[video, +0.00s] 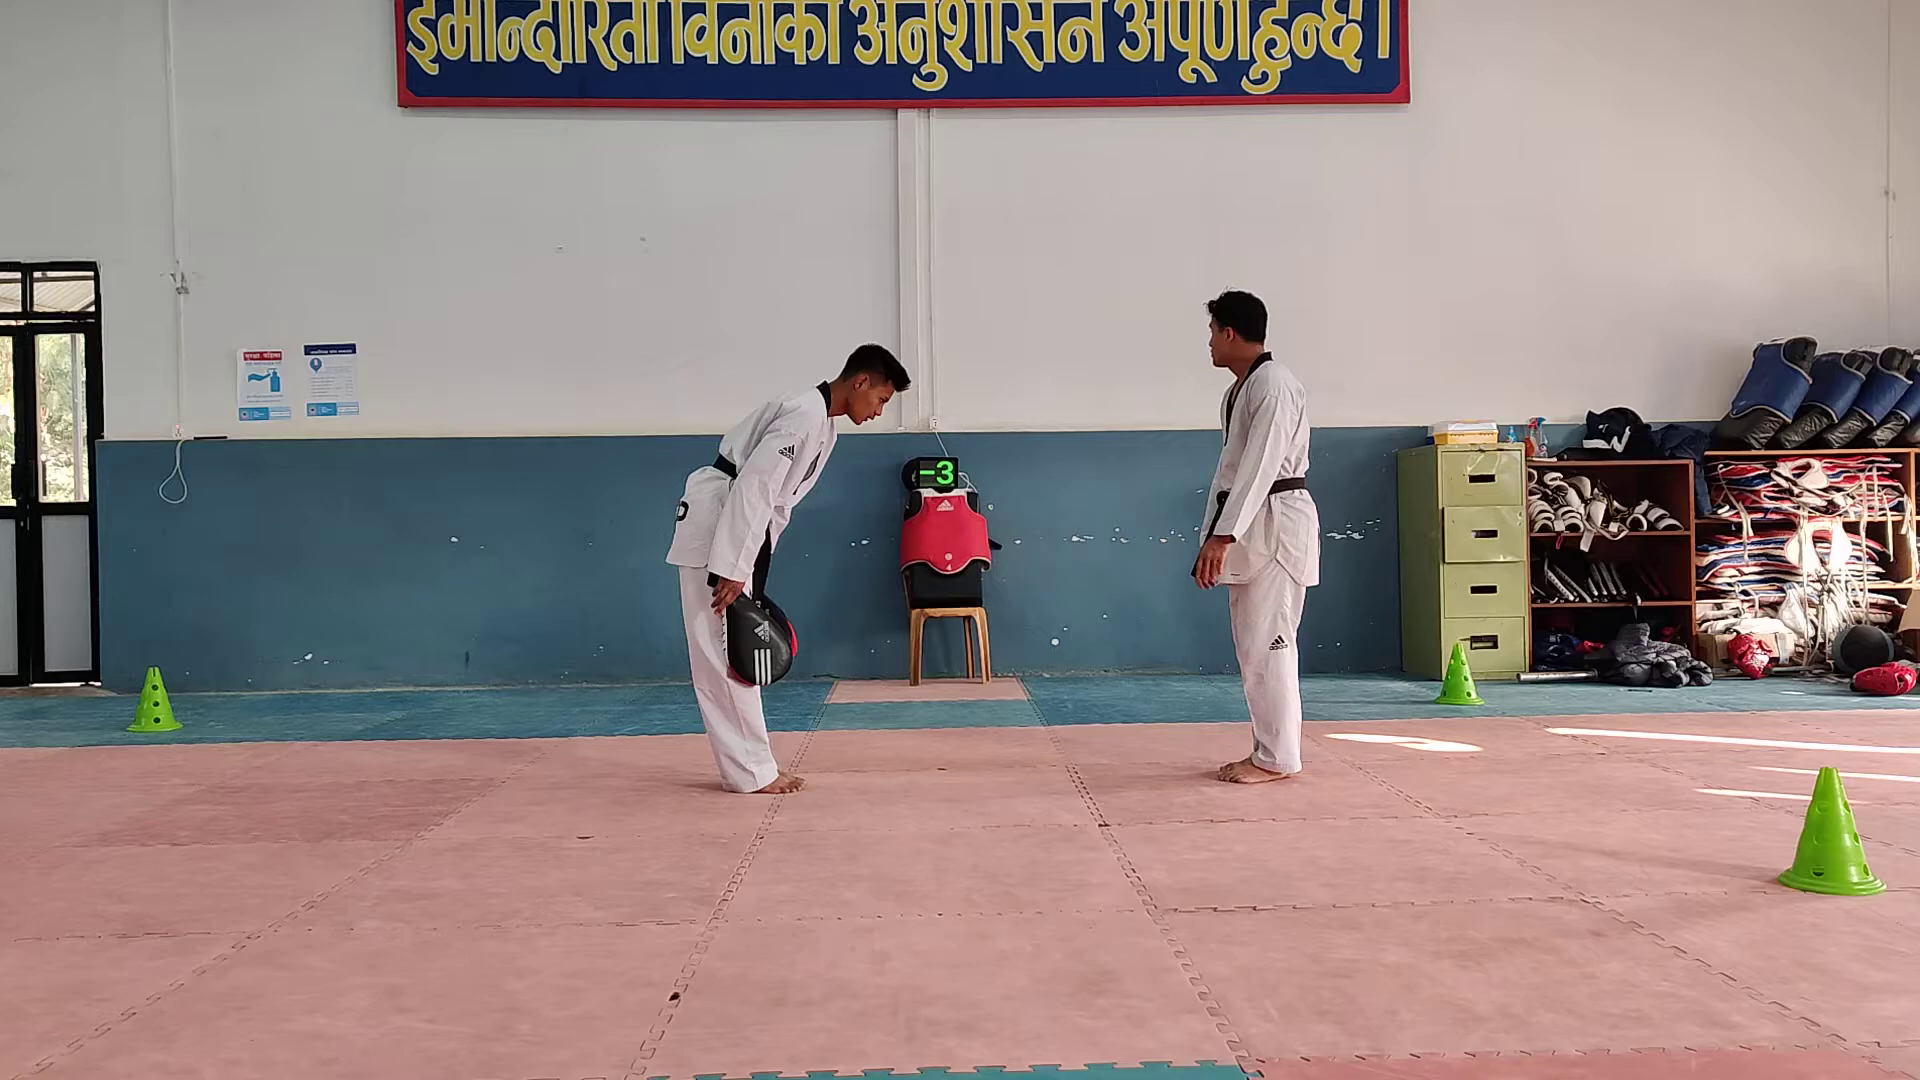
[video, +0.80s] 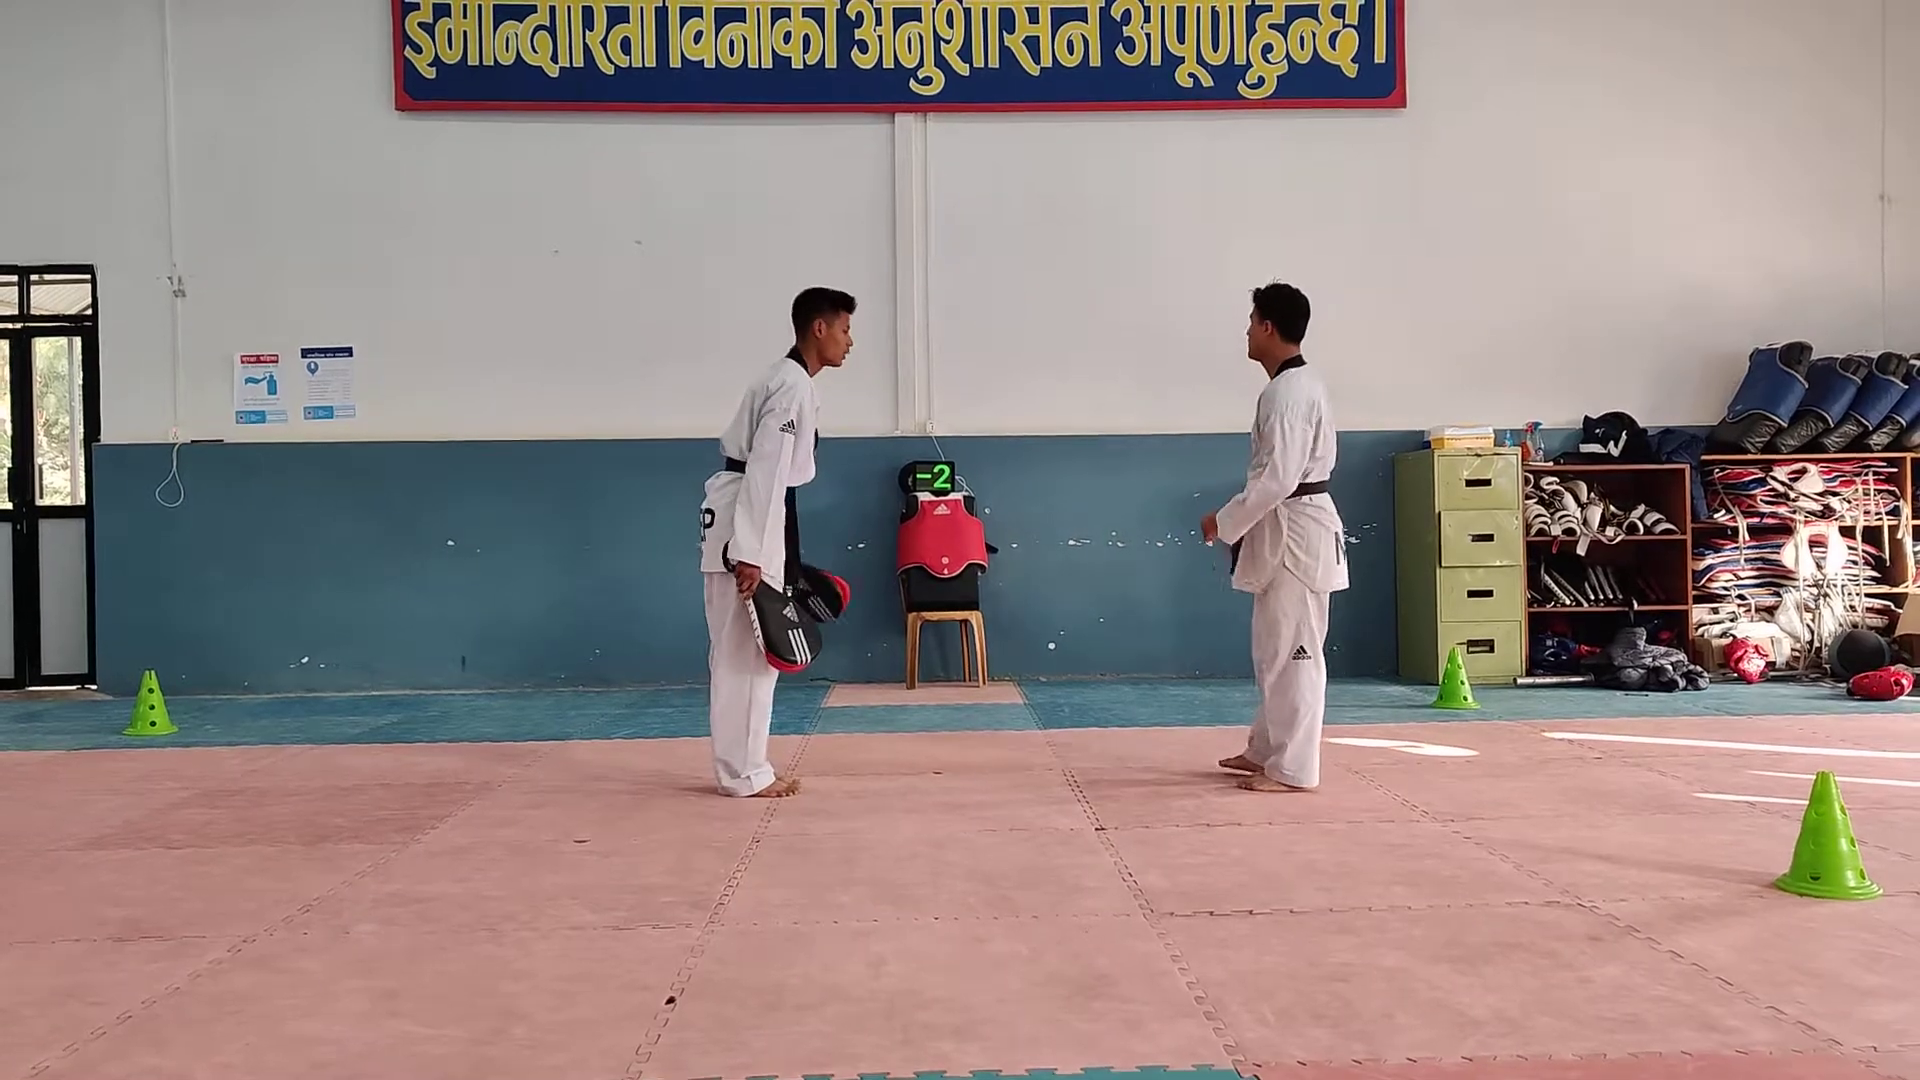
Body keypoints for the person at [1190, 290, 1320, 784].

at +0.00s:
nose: (1209, 341)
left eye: (1212, 332)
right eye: (1210, 331)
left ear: (1230, 334)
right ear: (1241, 334)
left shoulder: (1274, 386)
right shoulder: (1242, 392)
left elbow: (1259, 471)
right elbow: (1226, 473)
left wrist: (1222, 535)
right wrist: (1208, 536)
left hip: (1277, 523)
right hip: (1256, 525)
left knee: (1269, 640)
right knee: (1257, 640)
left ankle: (1277, 756)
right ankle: (1271, 751)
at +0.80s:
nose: (1248, 330)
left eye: (1254, 321)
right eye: (1251, 320)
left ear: (1272, 330)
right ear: (1291, 332)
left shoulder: (1286, 393)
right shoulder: (1302, 385)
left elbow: (1276, 481)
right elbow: (1292, 474)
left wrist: (1223, 520)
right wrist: (1241, 520)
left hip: (1295, 530)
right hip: (1303, 525)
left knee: (1292, 649)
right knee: (1282, 646)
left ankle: (1293, 767)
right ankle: (1268, 751)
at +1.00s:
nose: (1260, 333)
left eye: (1266, 324)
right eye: (1263, 323)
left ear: (1284, 330)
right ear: (1307, 333)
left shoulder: (1287, 397)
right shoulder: (1331, 388)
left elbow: (1271, 484)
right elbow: (1326, 466)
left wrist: (1227, 521)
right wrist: (1254, 496)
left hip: (1308, 529)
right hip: (1342, 523)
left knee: (1302, 650)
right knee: (1325, 648)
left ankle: (1296, 769)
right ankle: (1327, 753)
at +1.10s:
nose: (1270, 333)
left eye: (1276, 324)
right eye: (1273, 323)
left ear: (1295, 330)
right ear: (1316, 333)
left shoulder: (1296, 396)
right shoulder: (1341, 387)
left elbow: (1277, 483)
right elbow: (1330, 465)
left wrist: (1236, 515)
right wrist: (1266, 477)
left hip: (1315, 528)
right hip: (1351, 522)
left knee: (1307, 651)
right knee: (1341, 648)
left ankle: (1295, 770)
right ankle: (1370, 754)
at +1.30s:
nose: (1297, 333)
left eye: (1304, 324)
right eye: (1301, 323)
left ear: (1327, 332)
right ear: (1339, 334)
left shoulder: (1320, 395)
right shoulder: (1367, 388)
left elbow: (1307, 481)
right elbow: (1360, 464)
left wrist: (1268, 514)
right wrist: (1296, 466)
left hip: (1333, 527)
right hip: (1373, 521)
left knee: (1312, 649)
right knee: (1383, 641)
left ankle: (1292, 766)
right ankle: (1438, 742)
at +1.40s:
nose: (1317, 336)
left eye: (1322, 327)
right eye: (1320, 327)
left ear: (1339, 333)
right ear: (1364, 337)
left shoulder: (1338, 394)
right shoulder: (1385, 390)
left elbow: (1333, 475)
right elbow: (1381, 466)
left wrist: (1290, 514)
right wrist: (1314, 470)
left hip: (1350, 527)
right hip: (1392, 524)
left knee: (1319, 647)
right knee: (1407, 643)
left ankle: (1292, 764)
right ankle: (1444, 751)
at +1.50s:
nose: (1332, 334)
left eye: (1337, 325)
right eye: (1335, 324)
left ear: (1354, 332)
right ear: (1376, 335)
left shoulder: (1350, 390)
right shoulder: (1400, 388)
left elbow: (1362, 465)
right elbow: (1400, 464)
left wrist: (1315, 515)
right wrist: (1335, 472)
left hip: (1368, 527)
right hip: (1412, 521)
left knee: (1333, 647)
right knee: (1422, 647)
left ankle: (1294, 759)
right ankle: (1442, 754)